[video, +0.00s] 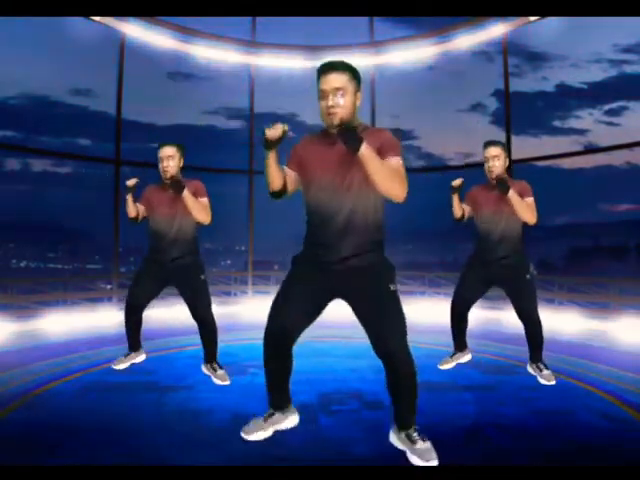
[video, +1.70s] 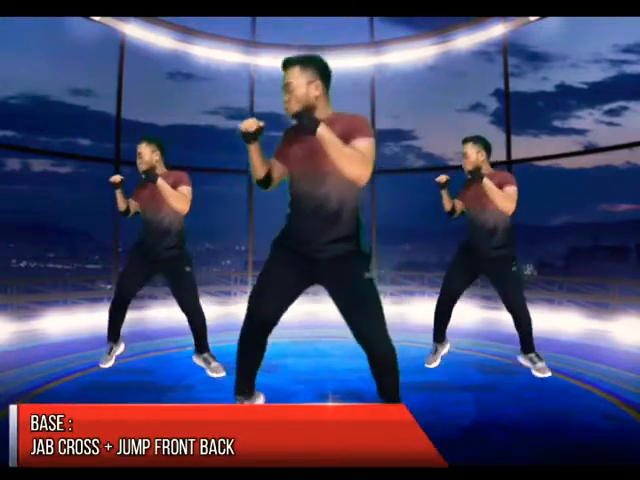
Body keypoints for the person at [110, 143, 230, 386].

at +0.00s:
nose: (166, 164)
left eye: (171, 159)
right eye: (162, 159)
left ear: (181, 161)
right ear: (158, 163)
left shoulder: (194, 187)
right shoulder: (152, 192)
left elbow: (205, 217)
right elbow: (134, 215)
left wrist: (182, 191)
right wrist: (130, 194)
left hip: (187, 264)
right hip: (156, 264)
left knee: (204, 315)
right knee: (133, 304)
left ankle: (211, 363)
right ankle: (135, 351)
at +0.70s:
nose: (154, 159)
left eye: (158, 155)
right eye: (153, 155)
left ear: (173, 156)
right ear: (155, 158)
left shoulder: (189, 183)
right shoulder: (155, 183)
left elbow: (195, 216)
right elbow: (145, 197)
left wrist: (173, 192)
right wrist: (136, 191)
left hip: (180, 257)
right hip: (157, 256)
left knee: (194, 309)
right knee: (136, 300)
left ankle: (218, 359)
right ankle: (141, 352)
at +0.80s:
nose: (152, 161)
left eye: (155, 156)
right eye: (152, 156)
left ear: (168, 158)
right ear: (158, 159)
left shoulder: (179, 181)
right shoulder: (161, 181)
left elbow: (166, 201)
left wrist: (147, 183)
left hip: (175, 256)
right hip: (158, 254)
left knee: (184, 309)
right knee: (136, 298)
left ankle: (221, 356)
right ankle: (142, 352)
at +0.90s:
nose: (156, 159)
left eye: (160, 155)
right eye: (156, 155)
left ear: (170, 157)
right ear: (164, 157)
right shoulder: (168, 178)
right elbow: (156, 206)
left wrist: (106, 169)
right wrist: (154, 185)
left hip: (176, 253)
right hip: (162, 252)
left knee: (184, 312)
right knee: (139, 298)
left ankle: (218, 359)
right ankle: (141, 352)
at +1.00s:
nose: (157, 159)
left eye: (161, 155)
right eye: (157, 156)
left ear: (171, 156)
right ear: (165, 158)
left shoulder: (181, 177)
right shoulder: (167, 179)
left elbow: (146, 183)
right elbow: (156, 207)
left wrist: (121, 173)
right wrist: (151, 182)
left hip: (182, 257)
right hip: (164, 256)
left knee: (192, 312)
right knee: (142, 299)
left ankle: (221, 360)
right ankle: (142, 352)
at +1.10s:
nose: (158, 162)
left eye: (161, 158)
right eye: (156, 158)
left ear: (173, 158)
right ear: (157, 162)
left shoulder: (189, 180)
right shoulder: (161, 183)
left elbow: (188, 206)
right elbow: (154, 211)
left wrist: (161, 184)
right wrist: (150, 191)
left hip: (189, 256)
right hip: (168, 255)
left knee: (198, 312)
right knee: (145, 301)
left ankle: (222, 363)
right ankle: (142, 352)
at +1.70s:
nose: (138, 159)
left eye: (142, 154)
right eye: (137, 155)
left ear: (157, 155)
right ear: (141, 159)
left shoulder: (179, 178)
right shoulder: (144, 188)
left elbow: (183, 206)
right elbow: (126, 209)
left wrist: (157, 179)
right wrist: (118, 189)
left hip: (174, 254)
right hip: (145, 253)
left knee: (191, 306)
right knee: (121, 297)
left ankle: (203, 353)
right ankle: (113, 343)